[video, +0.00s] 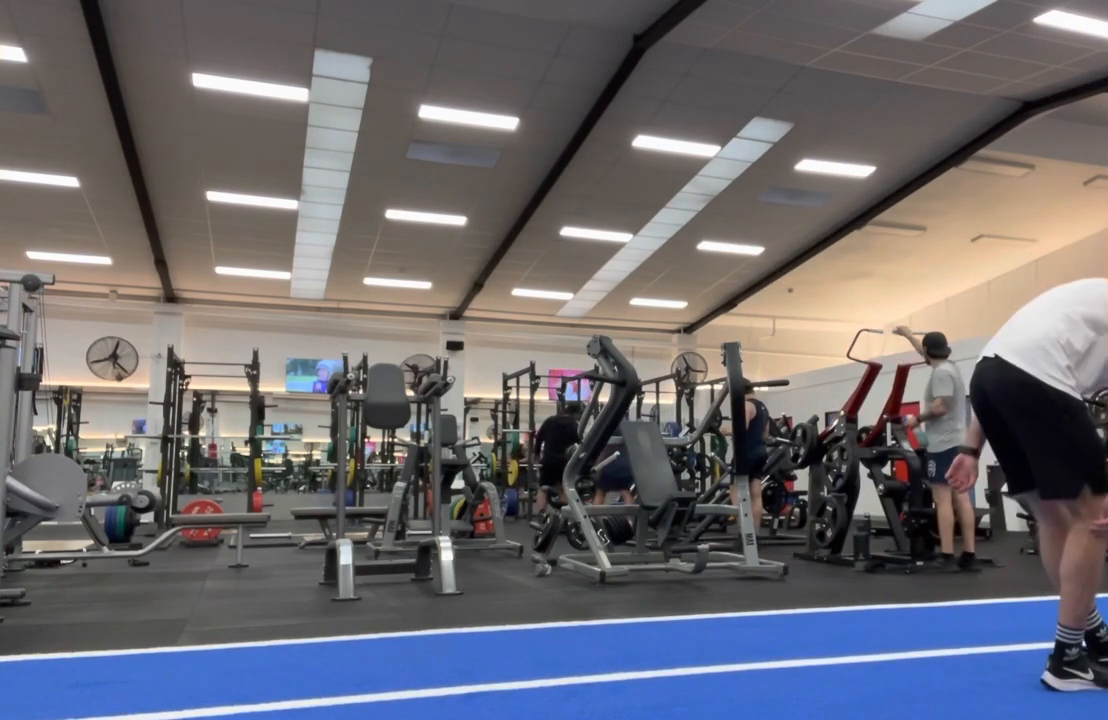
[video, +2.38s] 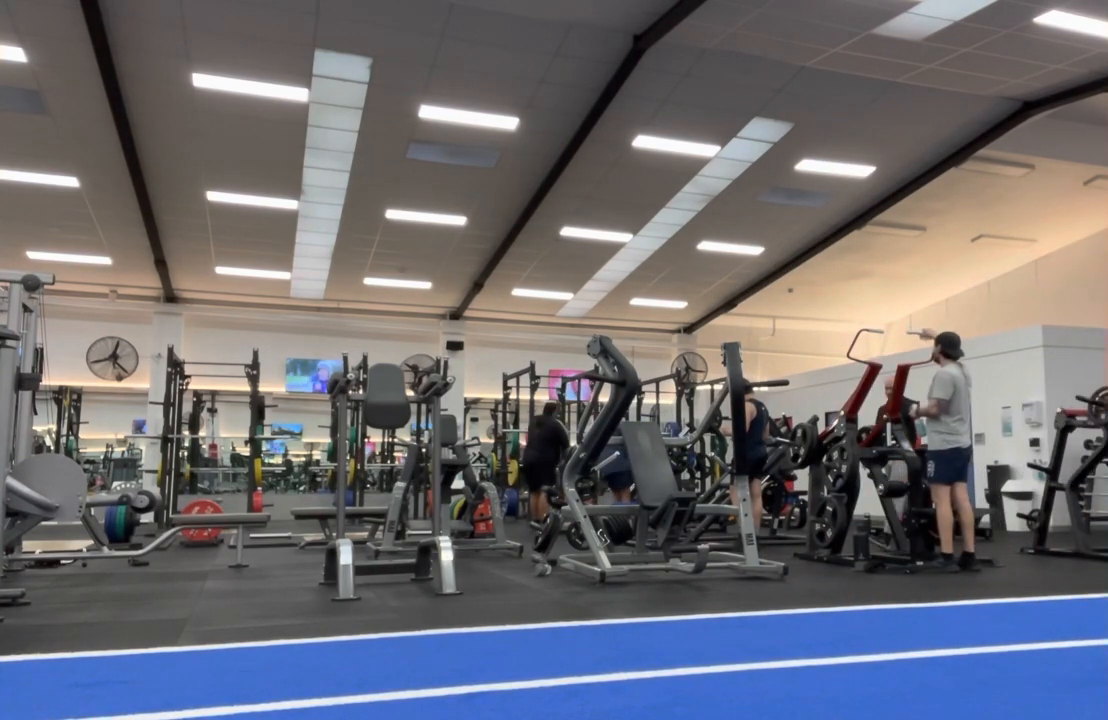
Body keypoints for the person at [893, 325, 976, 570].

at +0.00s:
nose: (923, 352)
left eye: (924, 349)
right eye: (925, 349)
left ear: (926, 353)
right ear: (946, 349)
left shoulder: (941, 372)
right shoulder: (951, 368)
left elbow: (941, 407)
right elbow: (925, 352)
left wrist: (917, 418)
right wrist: (907, 334)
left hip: (940, 447)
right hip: (956, 443)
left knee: (942, 500)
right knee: (962, 498)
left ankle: (947, 554)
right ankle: (969, 553)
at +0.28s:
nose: (931, 353)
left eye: (931, 350)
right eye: (934, 349)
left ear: (933, 351)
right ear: (954, 350)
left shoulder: (939, 374)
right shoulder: (961, 371)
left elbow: (932, 406)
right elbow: (956, 353)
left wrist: (915, 411)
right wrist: (943, 336)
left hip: (942, 446)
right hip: (962, 443)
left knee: (943, 501)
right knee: (962, 498)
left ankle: (947, 554)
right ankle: (970, 550)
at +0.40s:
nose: (932, 353)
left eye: (932, 350)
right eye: (935, 349)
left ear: (935, 351)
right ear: (956, 350)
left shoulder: (939, 374)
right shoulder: (965, 372)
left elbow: (929, 405)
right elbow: (954, 403)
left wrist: (915, 407)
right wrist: (924, 405)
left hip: (942, 447)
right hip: (963, 445)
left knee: (943, 502)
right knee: (962, 500)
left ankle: (947, 554)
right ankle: (969, 552)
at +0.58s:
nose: (934, 355)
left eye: (934, 351)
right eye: (936, 351)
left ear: (937, 352)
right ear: (958, 352)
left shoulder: (939, 374)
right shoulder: (971, 377)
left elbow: (920, 401)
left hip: (941, 447)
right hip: (964, 445)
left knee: (942, 501)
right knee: (962, 499)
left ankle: (947, 554)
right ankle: (969, 552)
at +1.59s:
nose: (933, 352)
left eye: (934, 348)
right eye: (936, 348)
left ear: (936, 350)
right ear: (957, 350)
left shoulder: (939, 374)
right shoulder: (965, 375)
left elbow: (928, 405)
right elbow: (958, 404)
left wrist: (920, 405)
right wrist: (927, 405)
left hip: (940, 447)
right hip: (962, 446)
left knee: (941, 502)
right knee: (962, 500)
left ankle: (947, 554)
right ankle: (969, 553)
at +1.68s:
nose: (932, 352)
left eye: (933, 348)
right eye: (934, 348)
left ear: (936, 351)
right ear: (956, 350)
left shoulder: (939, 374)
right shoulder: (963, 373)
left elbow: (932, 407)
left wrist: (918, 409)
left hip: (941, 447)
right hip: (962, 446)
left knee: (941, 501)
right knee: (962, 498)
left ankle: (947, 554)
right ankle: (969, 552)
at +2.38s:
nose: (933, 350)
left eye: (934, 347)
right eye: (934, 346)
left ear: (940, 351)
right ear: (955, 351)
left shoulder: (944, 375)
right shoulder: (962, 372)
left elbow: (936, 409)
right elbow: (953, 355)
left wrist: (917, 410)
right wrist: (938, 338)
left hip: (943, 447)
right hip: (961, 445)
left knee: (941, 501)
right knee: (962, 499)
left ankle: (947, 555)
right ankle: (969, 553)